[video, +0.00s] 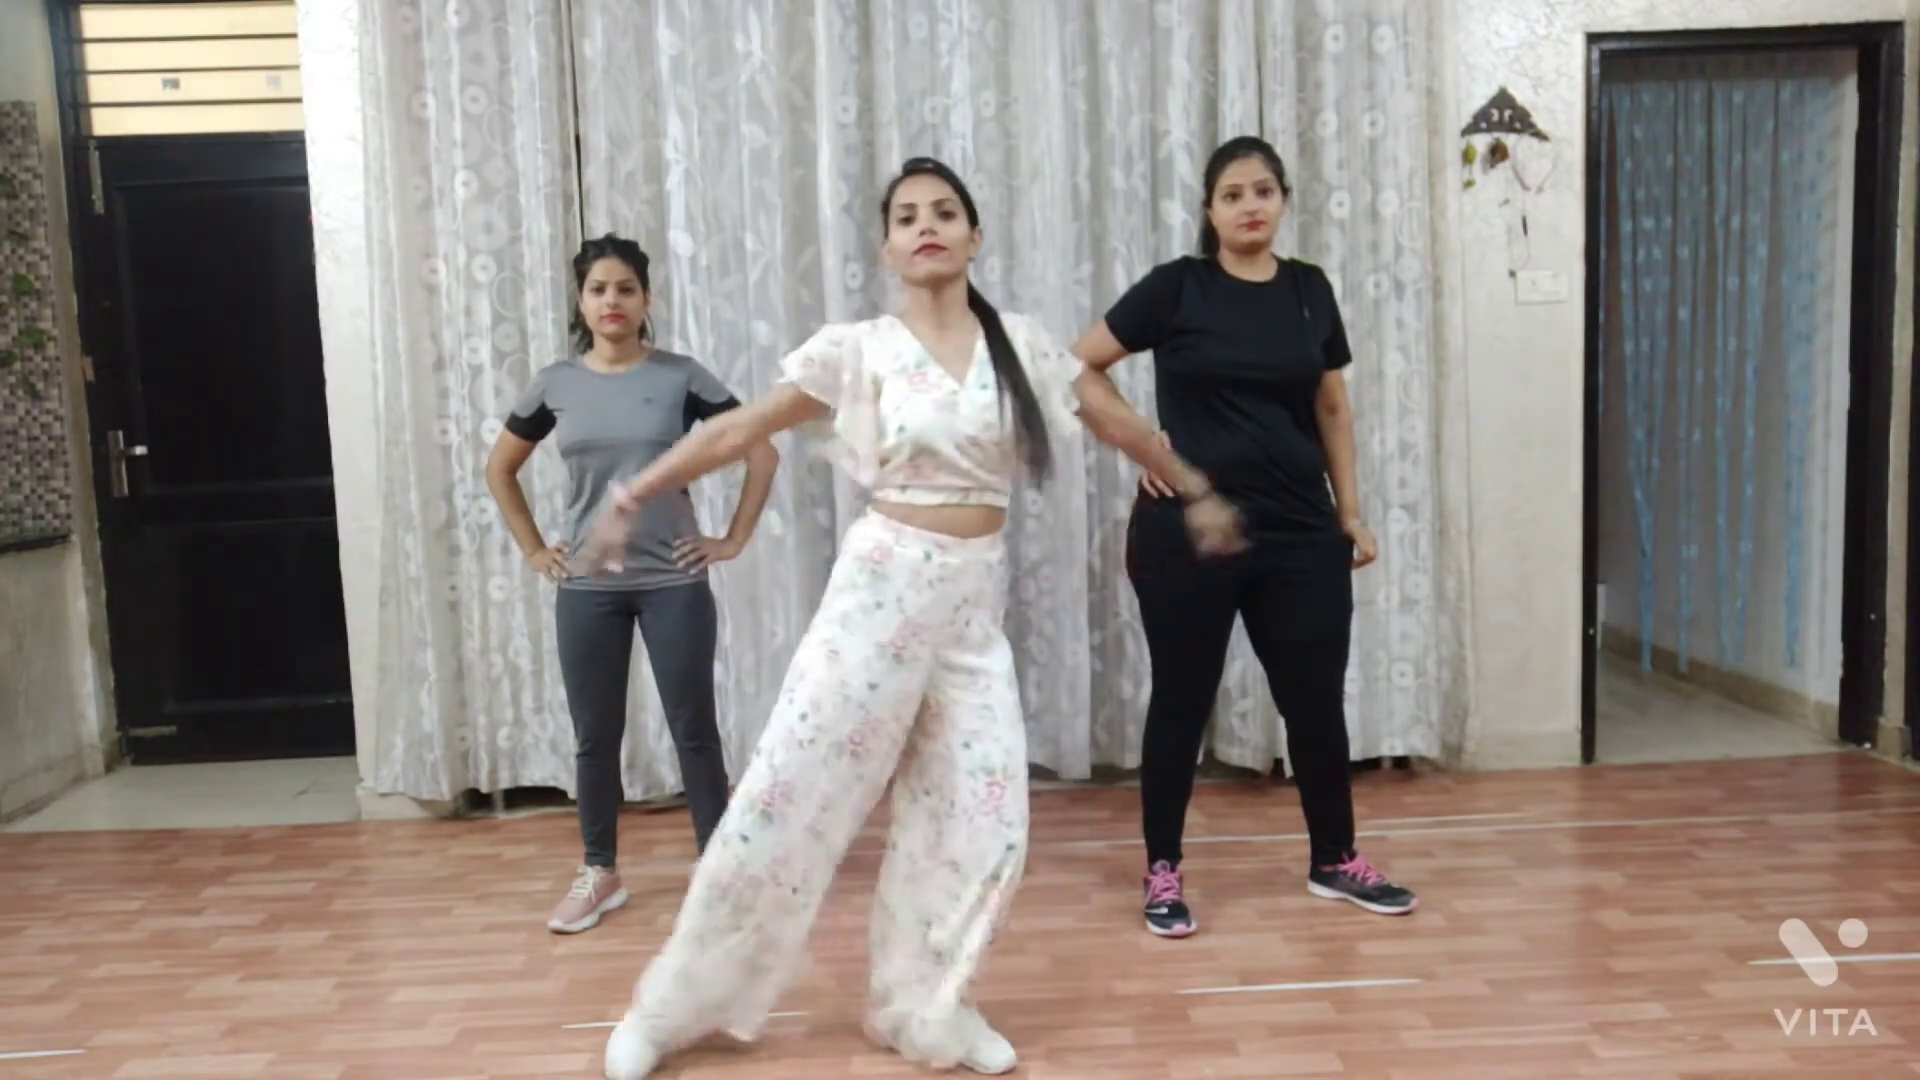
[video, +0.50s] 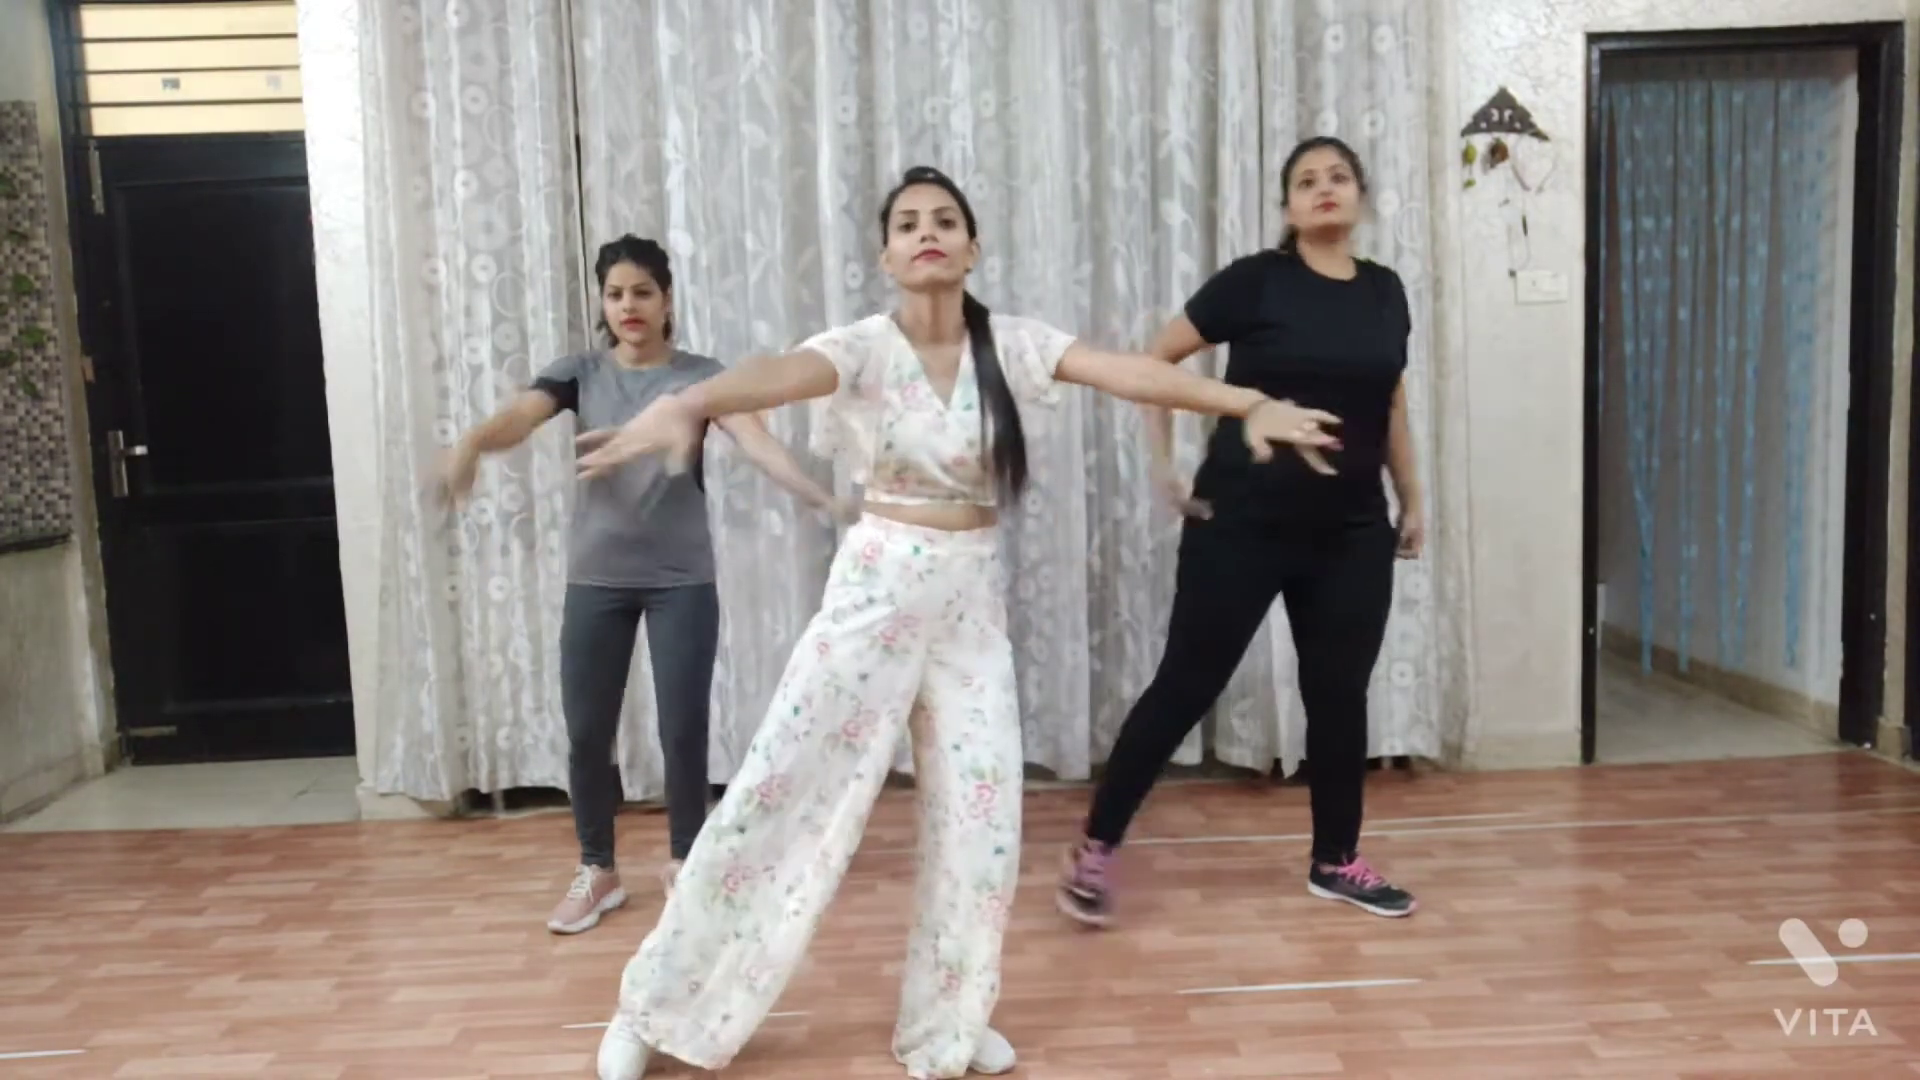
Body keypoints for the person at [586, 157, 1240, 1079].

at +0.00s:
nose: (927, 230)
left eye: (944, 215)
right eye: (908, 219)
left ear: (975, 236)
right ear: (887, 244)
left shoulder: (1021, 342)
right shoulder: (856, 349)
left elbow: (1120, 424)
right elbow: (738, 428)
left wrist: (1198, 494)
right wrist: (632, 491)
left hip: (975, 608)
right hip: (879, 600)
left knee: (991, 822)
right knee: (785, 798)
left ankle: (926, 1003)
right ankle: (662, 1013)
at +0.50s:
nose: (926, 238)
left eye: (944, 224)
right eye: (907, 228)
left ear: (974, 250)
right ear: (885, 256)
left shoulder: (1009, 341)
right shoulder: (864, 348)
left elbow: (1131, 372)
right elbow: (772, 378)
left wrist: (1248, 404)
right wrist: (675, 408)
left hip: (972, 606)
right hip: (871, 599)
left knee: (983, 823)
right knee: (768, 797)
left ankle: (948, 1030)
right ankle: (646, 1014)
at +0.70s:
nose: (933, 240)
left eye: (950, 227)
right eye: (916, 228)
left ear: (979, 247)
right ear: (891, 250)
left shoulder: (1005, 343)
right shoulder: (866, 341)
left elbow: (1072, 373)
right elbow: (812, 357)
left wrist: (1141, 405)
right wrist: (754, 380)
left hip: (971, 605)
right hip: (872, 596)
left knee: (986, 822)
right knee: (769, 789)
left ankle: (949, 1024)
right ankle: (646, 1010)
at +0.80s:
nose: (938, 241)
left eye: (954, 227)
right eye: (919, 228)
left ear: (980, 245)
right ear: (894, 247)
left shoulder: (1006, 338)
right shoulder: (871, 333)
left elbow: (1040, 375)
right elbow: (858, 349)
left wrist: (1068, 412)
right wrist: (861, 357)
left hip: (967, 597)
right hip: (874, 590)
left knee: (983, 813)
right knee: (772, 785)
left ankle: (951, 1023)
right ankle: (648, 1007)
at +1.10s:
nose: (940, 246)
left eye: (957, 232)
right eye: (922, 232)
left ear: (982, 250)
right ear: (893, 249)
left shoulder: (1005, 346)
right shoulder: (861, 331)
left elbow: (1000, 378)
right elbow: (878, 348)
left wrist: (936, 412)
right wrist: (979, 325)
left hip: (971, 597)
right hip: (876, 590)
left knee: (982, 818)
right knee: (773, 785)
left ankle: (949, 1024)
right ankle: (643, 1009)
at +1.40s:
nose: (948, 259)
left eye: (965, 244)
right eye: (930, 243)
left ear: (988, 256)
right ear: (894, 255)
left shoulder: (1006, 339)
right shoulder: (861, 346)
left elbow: (1013, 375)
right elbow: (880, 294)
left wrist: (895, 383)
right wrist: (1014, 320)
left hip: (973, 602)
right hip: (877, 592)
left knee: (987, 825)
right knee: (767, 789)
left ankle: (950, 1025)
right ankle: (639, 1005)